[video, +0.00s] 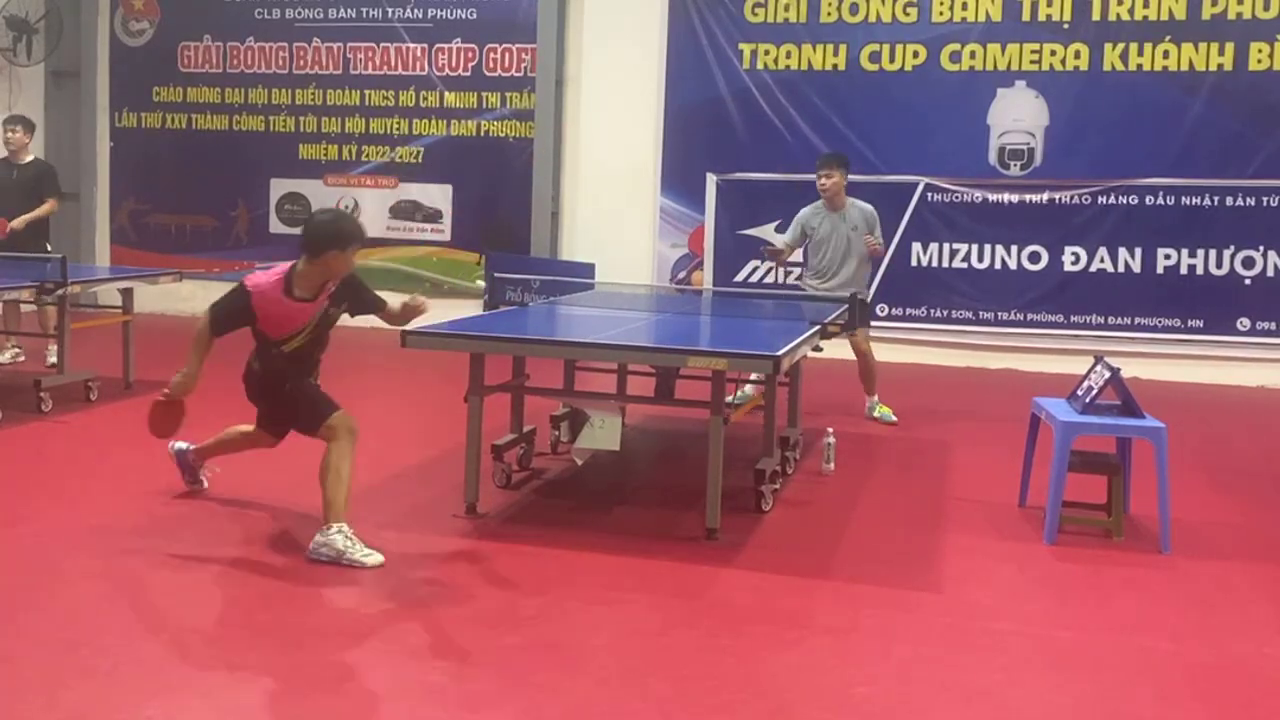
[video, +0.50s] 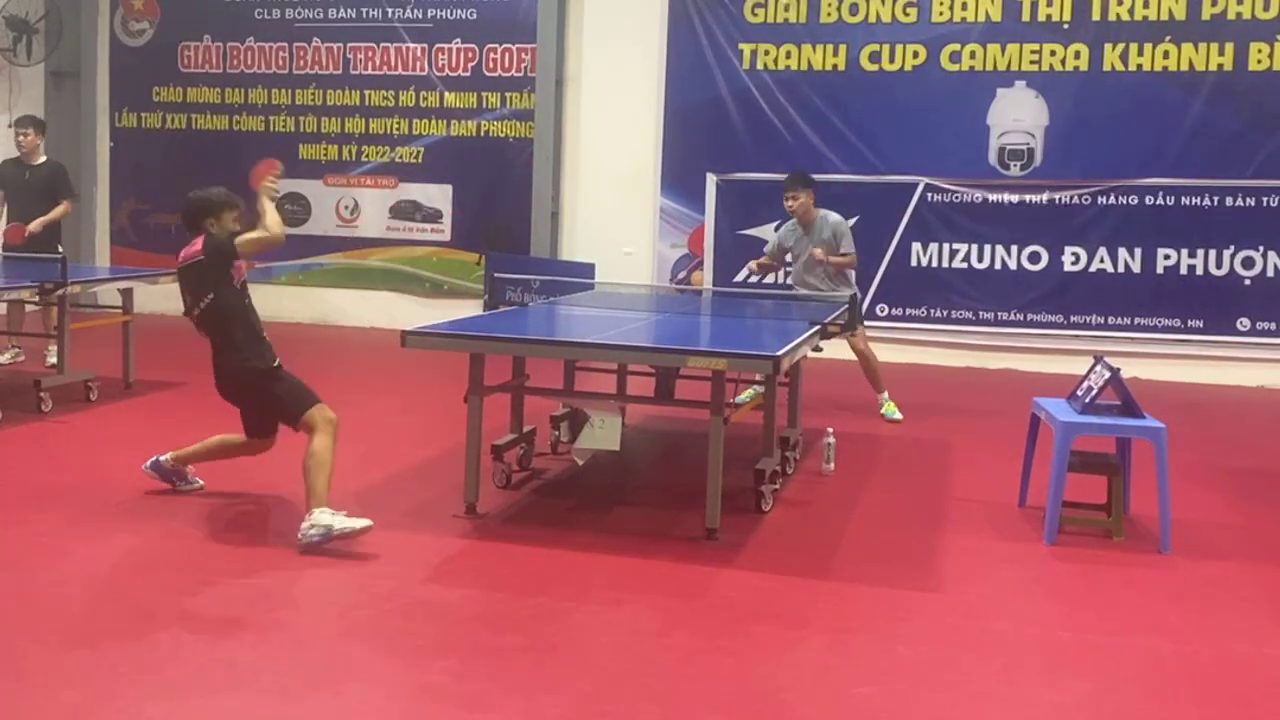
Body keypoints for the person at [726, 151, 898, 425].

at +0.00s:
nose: (822, 183)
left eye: (828, 177)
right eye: (819, 178)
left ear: (844, 179)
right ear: (816, 181)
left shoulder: (866, 213)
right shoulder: (807, 216)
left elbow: (878, 252)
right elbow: (786, 250)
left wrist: (875, 248)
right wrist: (776, 253)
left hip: (851, 297)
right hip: (811, 296)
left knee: (861, 347)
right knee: (779, 336)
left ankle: (872, 403)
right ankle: (754, 386)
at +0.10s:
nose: (813, 179)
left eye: (819, 173)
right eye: (810, 174)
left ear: (835, 175)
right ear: (807, 178)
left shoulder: (856, 208)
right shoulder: (799, 212)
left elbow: (869, 242)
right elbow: (781, 244)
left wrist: (865, 245)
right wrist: (770, 250)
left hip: (845, 293)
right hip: (804, 292)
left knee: (857, 343)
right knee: (776, 336)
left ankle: (872, 402)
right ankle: (759, 384)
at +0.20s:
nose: (802, 181)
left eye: (808, 176)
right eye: (799, 176)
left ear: (823, 177)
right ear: (796, 180)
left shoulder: (845, 211)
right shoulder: (790, 213)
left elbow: (860, 245)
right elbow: (774, 245)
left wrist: (853, 248)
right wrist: (761, 252)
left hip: (837, 294)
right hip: (798, 294)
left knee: (850, 341)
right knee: (774, 337)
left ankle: (872, 401)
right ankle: (760, 386)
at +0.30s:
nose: (793, 184)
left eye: (799, 179)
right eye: (790, 179)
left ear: (815, 180)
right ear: (788, 182)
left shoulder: (837, 211)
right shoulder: (784, 216)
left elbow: (852, 248)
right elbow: (768, 247)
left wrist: (838, 250)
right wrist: (756, 254)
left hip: (834, 294)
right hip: (795, 294)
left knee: (851, 339)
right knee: (772, 336)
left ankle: (879, 398)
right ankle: (762, 385)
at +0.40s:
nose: (789, 191)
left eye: (795, 185)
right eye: (786, 186)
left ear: (811, 186)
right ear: (784, 189)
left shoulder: (834, 215)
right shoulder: (783, 221)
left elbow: (848, 252)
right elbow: (767, 251)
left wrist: (826, 249)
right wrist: (754, 258)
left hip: (837, 295)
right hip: (799, 296)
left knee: (853, 339)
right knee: (774, 336)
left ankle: (883, 397)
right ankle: (761, 386)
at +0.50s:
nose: (789, 205)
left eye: (795, 198)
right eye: (786, 199)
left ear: (811, 197)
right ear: (784, 201)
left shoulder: (835, 223)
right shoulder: (787, 231)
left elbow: (851, 261)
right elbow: (773, 261)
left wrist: (827, 259)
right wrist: (760, 265)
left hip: (840, 300)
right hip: (802, 300)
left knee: (860, 346)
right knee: (772, 335)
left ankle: (884, 399)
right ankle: (761, 386)